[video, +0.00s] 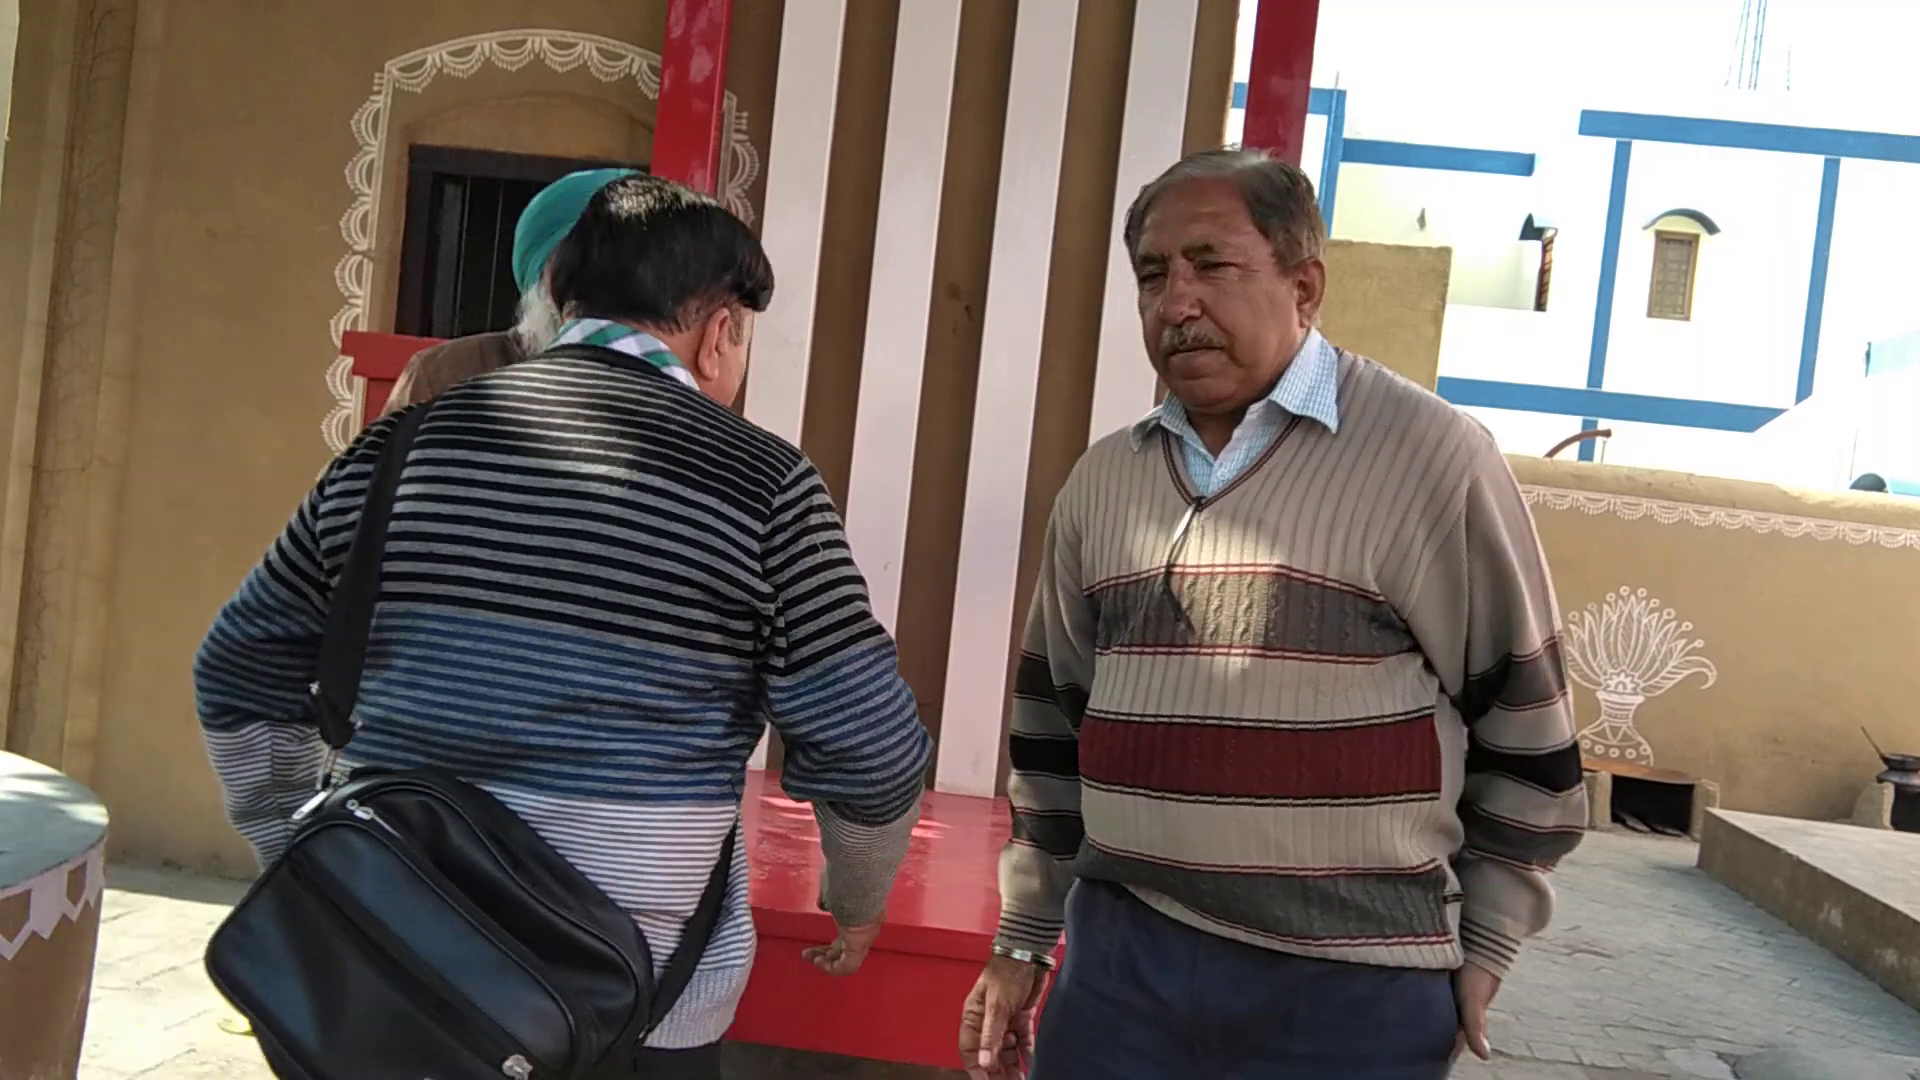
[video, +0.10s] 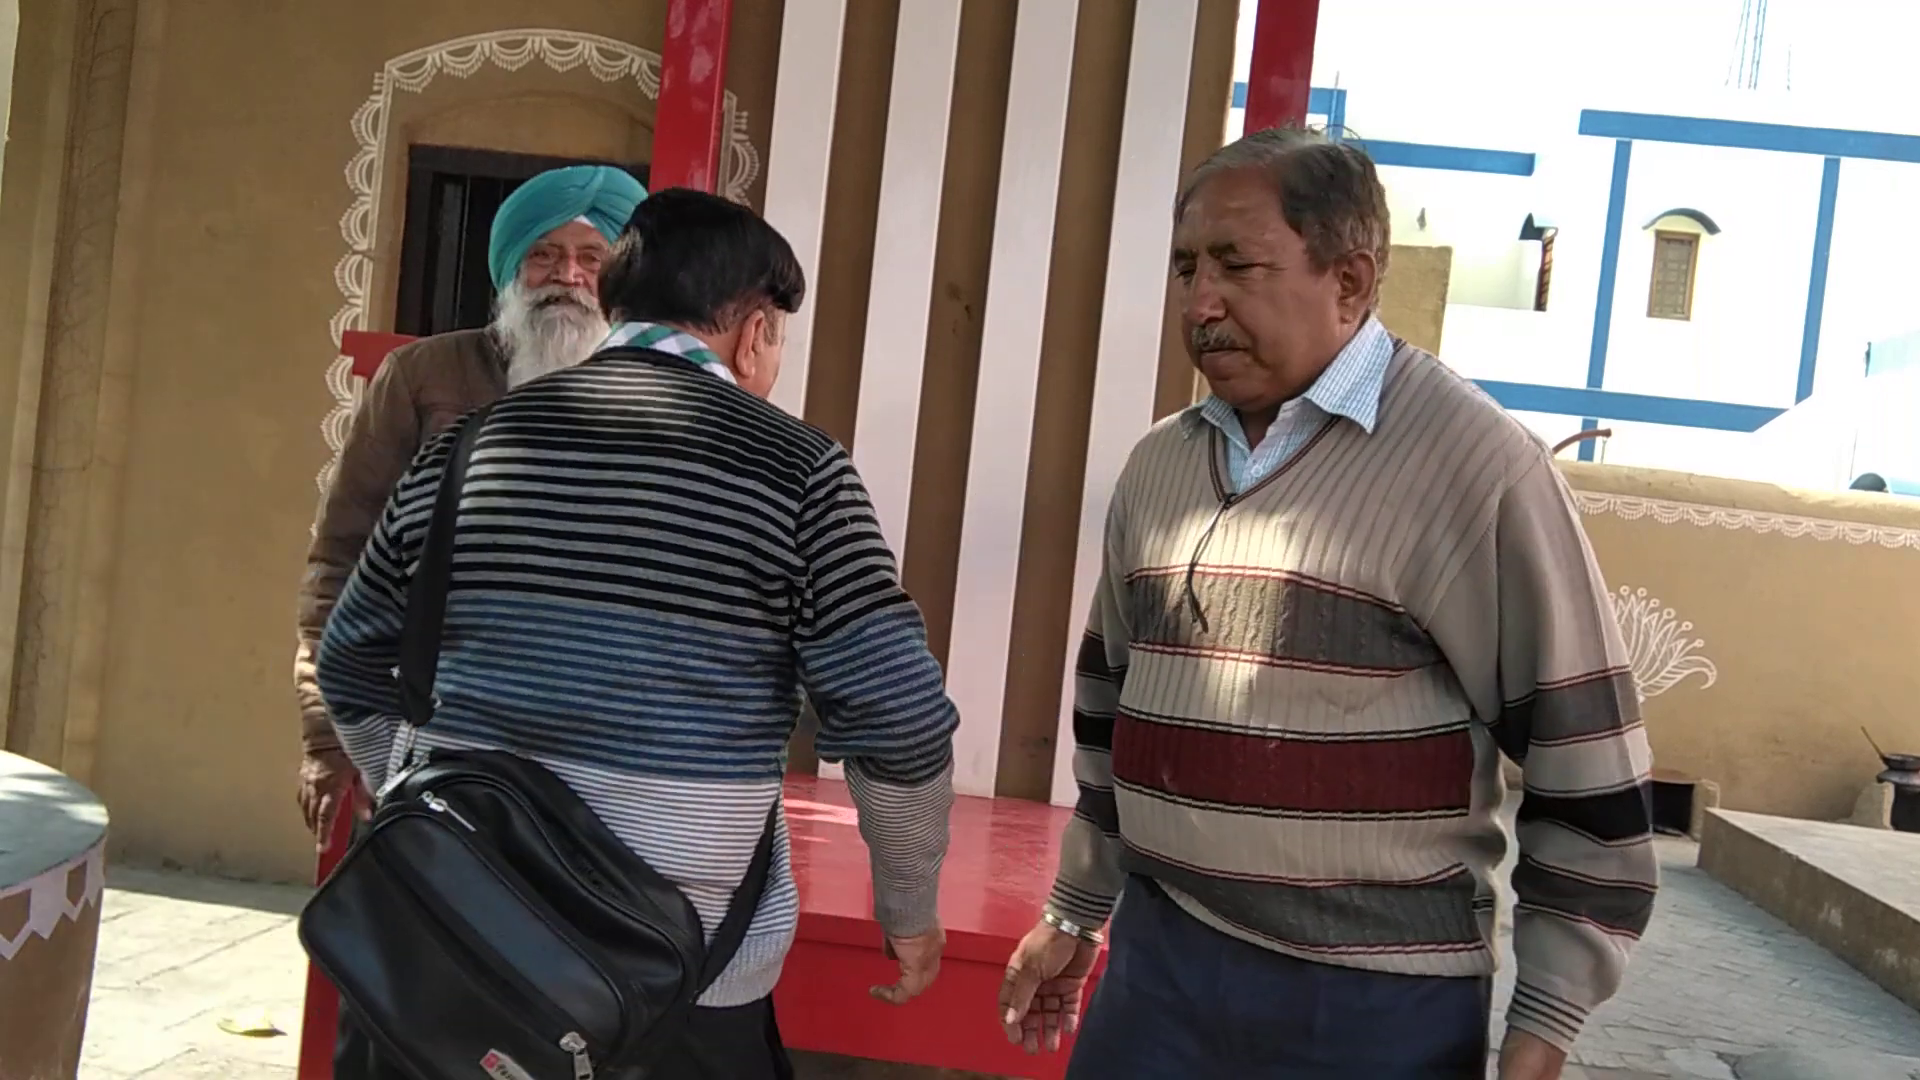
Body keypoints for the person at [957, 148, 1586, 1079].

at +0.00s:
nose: (1175, 300)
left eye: (1212, 264)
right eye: (1153, 274)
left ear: (1304, 285)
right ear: (1135, 300)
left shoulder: (1437, 463)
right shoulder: (1099, 484)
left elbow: (1529, 730)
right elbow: (1049, 726)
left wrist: (1481, 947)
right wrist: (1021, 939)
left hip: (1360, 989)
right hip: (1125, 960)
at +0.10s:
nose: (1198, 304)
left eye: (1238, 266)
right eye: (1187, 268)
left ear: (1351, 280)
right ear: (1176, 271)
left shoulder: (1480, 468)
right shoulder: (1160, 464)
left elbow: (1592, 772)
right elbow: (1110, 714)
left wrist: (1544, 1022)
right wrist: (1073, 912)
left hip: (1384, 1003)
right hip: (1163, 964)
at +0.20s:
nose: (1213, 317)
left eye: (1246, 280)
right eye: (1214, 276)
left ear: (1376, 291)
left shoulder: (1514, 489)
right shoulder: (1238, 442)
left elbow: (1631, 854)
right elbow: (1221, 708)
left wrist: (1564, 1066)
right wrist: (1165, 892)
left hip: (1407, 1022)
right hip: (1212, 968)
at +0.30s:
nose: (1227, 323)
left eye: (1259, 286)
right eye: (1231, 280)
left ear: (1386, 299)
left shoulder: (1523, 495)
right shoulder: (1285, 426)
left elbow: (1598, 870)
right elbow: (1269, 707)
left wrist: (1493, 1069)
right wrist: (1222, 919)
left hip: (1396, 1021)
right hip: (1243, 959)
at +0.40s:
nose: (1240, 320)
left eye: (1272, 284)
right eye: (1245, 278)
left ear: (1394, 298)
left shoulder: (1529, 490)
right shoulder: (1333, 414)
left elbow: (1556, 866)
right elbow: (1316, 710)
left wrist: (1384, 1058)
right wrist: (1264, 922)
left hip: (1425, 1008)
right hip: (1285, 956)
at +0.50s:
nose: (1250, 318)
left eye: (1277, 285)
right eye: (1257, 282)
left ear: (1392, 298)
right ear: (1387, 304)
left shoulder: (1532, 486)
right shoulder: (1373, 417)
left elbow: (1517, 858)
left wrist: (1319, 1036)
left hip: (1461, 1006)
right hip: (1311, 942)